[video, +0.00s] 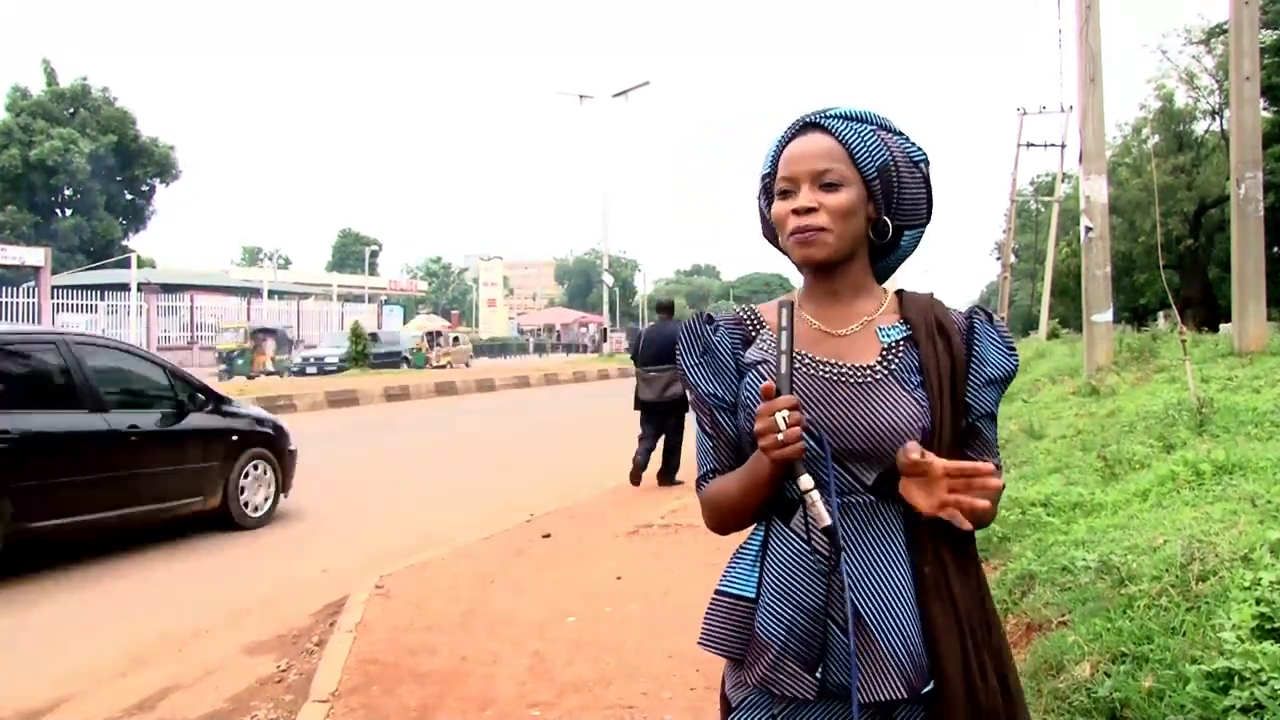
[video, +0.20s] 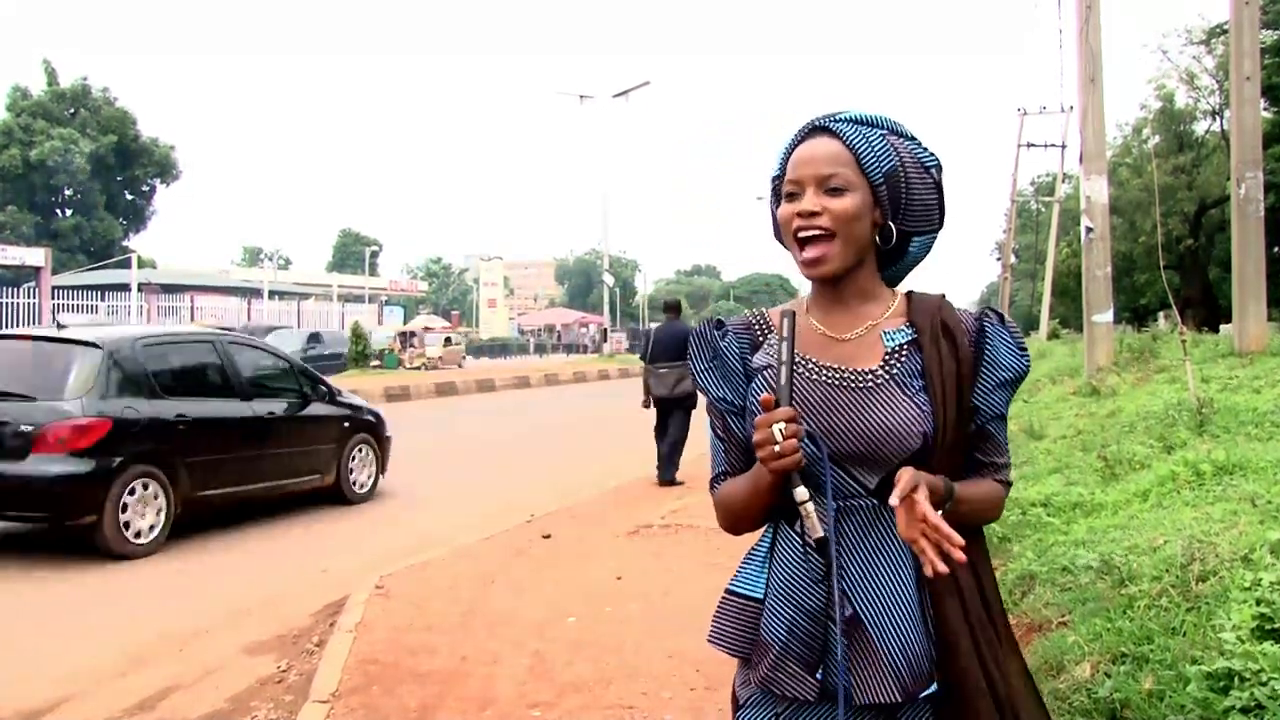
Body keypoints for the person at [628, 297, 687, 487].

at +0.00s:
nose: (666, 315)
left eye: (663, 311)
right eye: (669, 311)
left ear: (657, 312)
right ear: (673, 312)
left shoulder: (645, 333)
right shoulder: (681, 331)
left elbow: (635, 357)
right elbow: (689, 359)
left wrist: (645, 376)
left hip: (649, 389)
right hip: (675, 387)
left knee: (649, 429)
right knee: (674, 434)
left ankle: (640, 459)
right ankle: (667, 475)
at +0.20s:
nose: (672, 314)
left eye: (669, 311)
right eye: (675, 310)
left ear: (664, 312)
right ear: (680, 311)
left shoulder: (655, 333)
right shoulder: (688, 332)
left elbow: (647, 365)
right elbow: (696, 361)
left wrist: (646, 393)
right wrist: (700, 385)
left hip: (660, 387)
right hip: (684, 386)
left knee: (662, 426)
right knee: (678, 428)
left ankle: (663, 467)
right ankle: (668, 473)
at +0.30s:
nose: (677, 316)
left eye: (673, 313)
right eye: (679, 312)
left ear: (668, 314)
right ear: (683, 314)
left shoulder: (658, 334)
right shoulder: (692, 333)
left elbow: (651, 365)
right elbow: (700, 361)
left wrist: (648, 392)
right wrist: (703, 384)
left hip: (663, 387)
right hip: (686, 386)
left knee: (669, 429)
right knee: (679, 430)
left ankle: (677, 466)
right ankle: (666, 474)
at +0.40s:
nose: (678, 318)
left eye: (674, 315)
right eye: (681, 314)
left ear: (669, 316)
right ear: (685, 315)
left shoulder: (661, 336)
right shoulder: (694, 334)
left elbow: (654, 367)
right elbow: (703, 361)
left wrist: (652, 393)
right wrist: (706, 383)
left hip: (667, 385)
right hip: (690, 384)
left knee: (669, 427)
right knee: (682, 427)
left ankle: (681, 464)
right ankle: (670, 469)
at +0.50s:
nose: (682, 318)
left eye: (678, 315)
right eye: (684, 314)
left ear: (672, 316)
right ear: (688, 315)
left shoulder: (663, 337)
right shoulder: (697, 334)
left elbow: (658, 368)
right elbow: (705, 361)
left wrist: (657, 395)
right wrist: (710, 384)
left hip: (671, 385)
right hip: (693, 383)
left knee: (676, 425)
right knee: (687, 426)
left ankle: (676, 458)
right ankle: (678, 463)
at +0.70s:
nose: (690, 315)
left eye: (687, 312)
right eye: (692, 312)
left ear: (679, 312)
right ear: (694, 313)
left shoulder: (668, 332)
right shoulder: (701, 332)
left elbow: (662, 354)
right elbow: (708, 355)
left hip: (673, 383)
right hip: (697, 382)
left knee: (677, 422)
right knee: (703, 419)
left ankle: (682, 464)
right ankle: (693, 449)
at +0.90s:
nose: (698, 317)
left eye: (692, 314)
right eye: (700, 314)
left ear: (687, 314)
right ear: (702, 314)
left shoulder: (677, 333)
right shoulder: (709, 334)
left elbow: (670, 356)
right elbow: (715, 358)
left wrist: (681, 372)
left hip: (679, 384)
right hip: (704, 384)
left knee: (680, 425)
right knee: (708, 422)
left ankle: (682, 465)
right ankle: (713, 457)